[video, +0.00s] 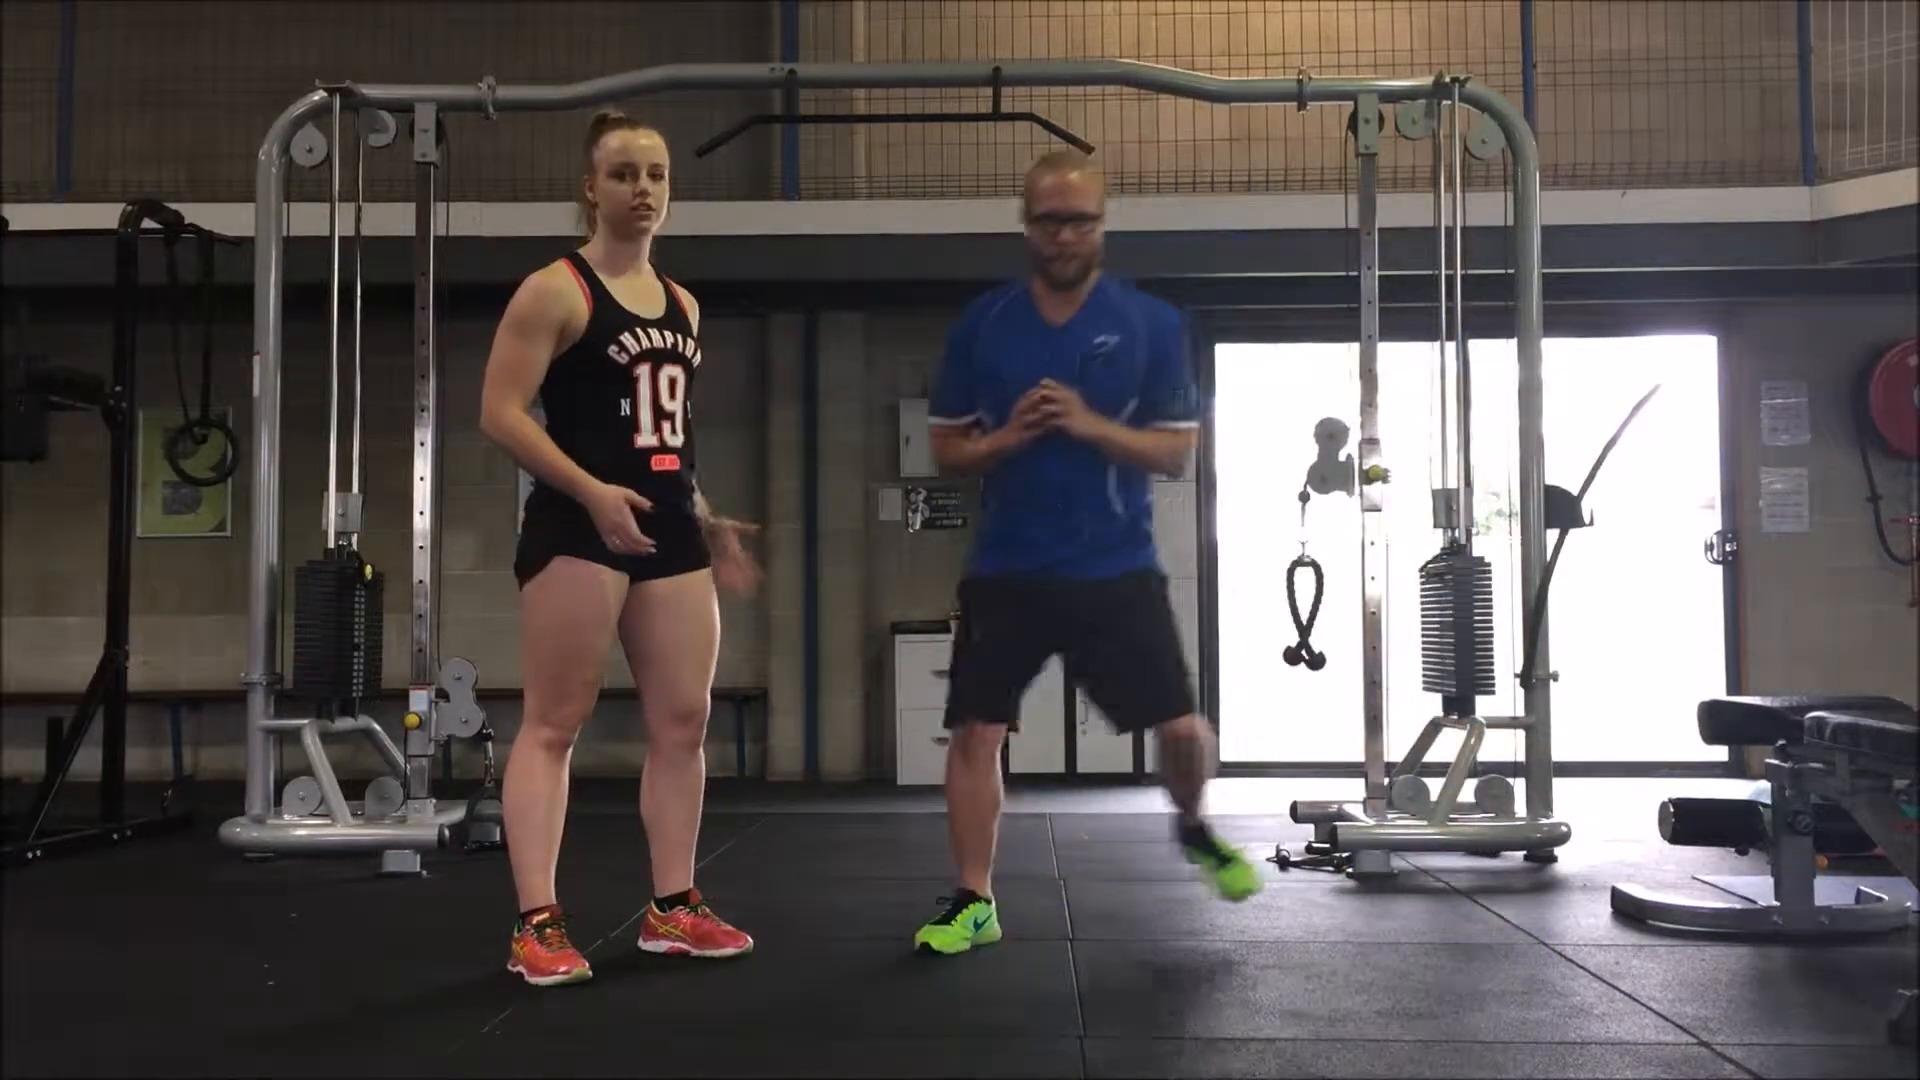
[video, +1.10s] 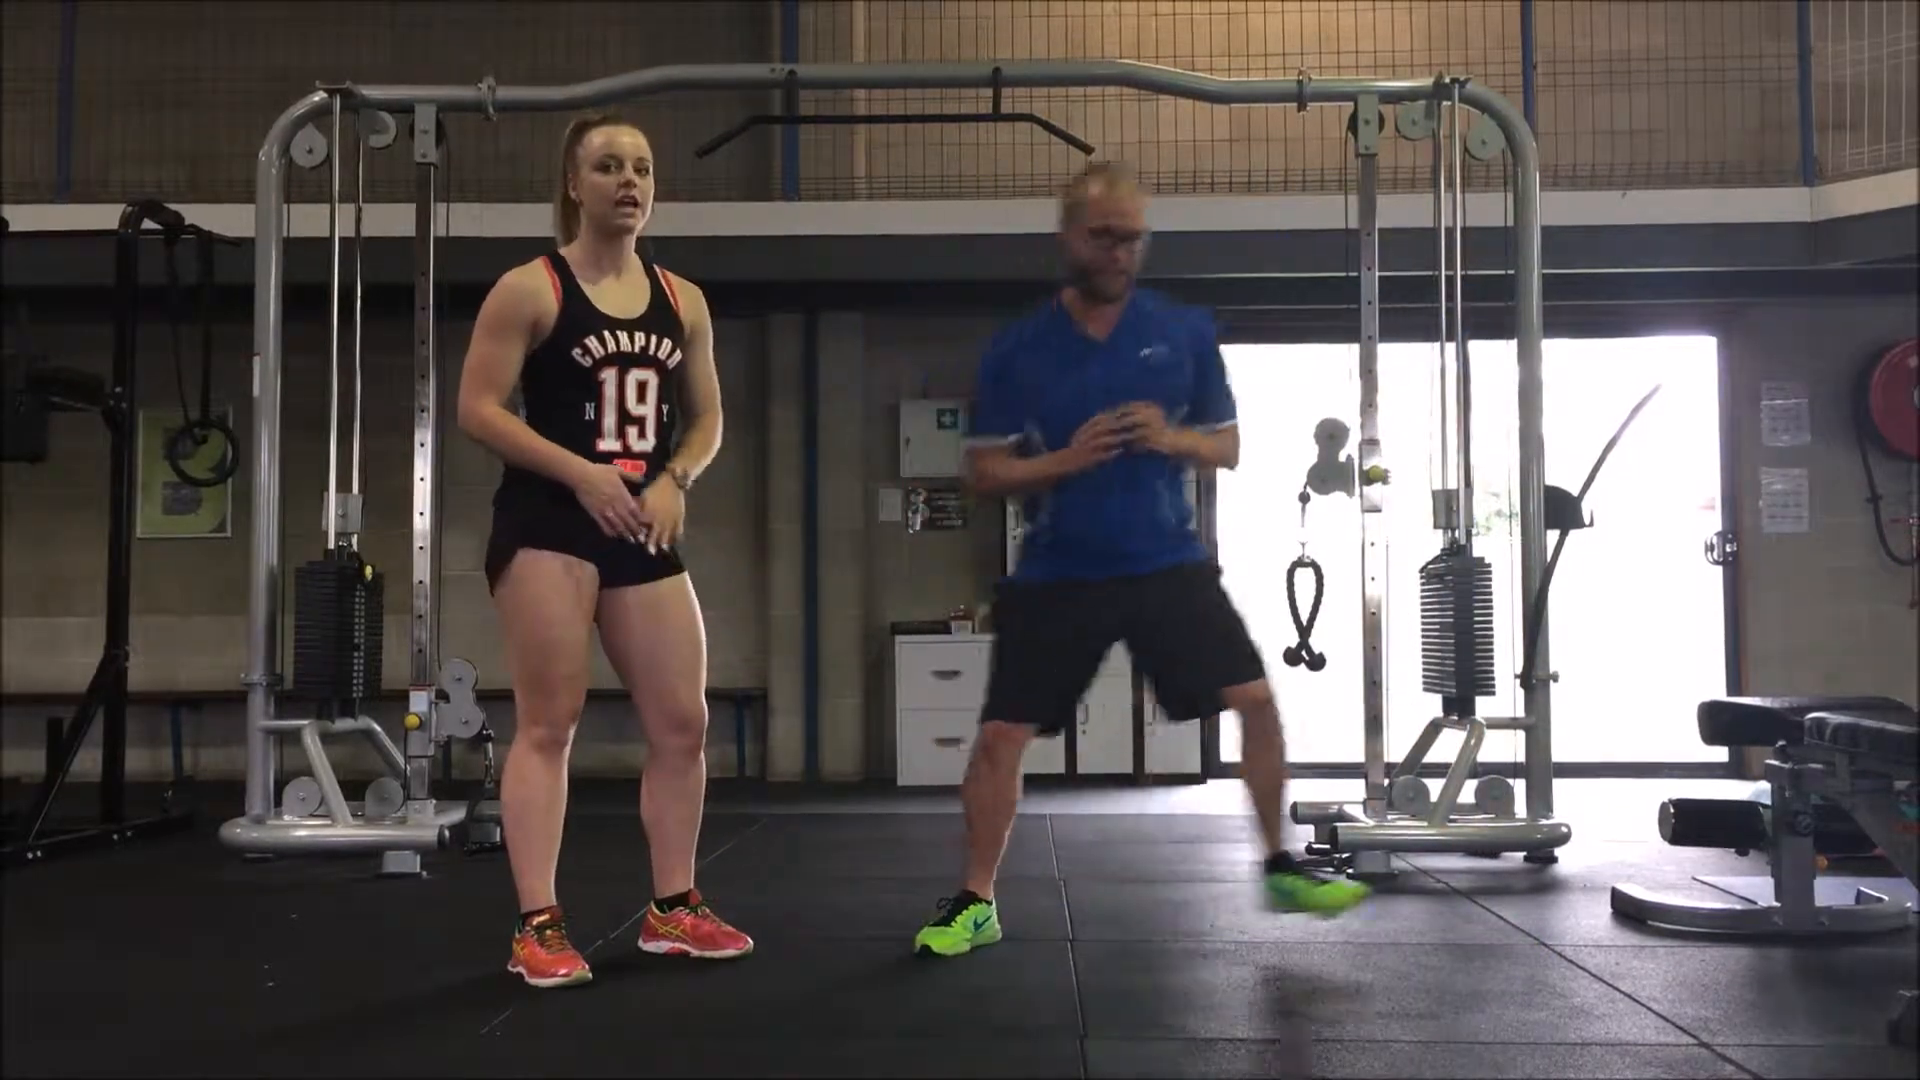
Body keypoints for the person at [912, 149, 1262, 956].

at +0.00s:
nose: (1064, 235)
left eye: (1079, 221)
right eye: (1048, 221)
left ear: (1104, 223)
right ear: (1024, 224)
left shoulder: (1151, 324)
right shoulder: (982, 324)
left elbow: (1173, 451)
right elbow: (947, 452)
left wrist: (1088, 423)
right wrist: (1006, 437)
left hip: (1116, 570)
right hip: (1006, 572)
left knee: (1182, 726)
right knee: (974, 732)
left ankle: (1193, 826)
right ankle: (973, 898)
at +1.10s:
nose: (1121, 251)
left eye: (1133, 237)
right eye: (1105, 236)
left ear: (1146, 240)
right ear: (1067, 239)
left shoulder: (1186, 331)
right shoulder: (1019, 350)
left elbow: (1226, 448)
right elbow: (985, 472)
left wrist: (1171, 436)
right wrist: (1066, 459)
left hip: (1168, 570)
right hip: (1058, 577)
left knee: (1256, 699)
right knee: (1001, 734)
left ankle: (1279, 861)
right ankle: (976, 899)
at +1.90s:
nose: (1452, 230)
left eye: (1470, 217)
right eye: (1439, 212)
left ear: (1492, 224)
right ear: (1411, 210)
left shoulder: (1536, 322)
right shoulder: (1353, 322)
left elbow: (1558, 440)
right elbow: (1322, 454)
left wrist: (1504, 450)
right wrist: (1409, 451)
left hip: (1484, 563)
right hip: (1377, 564)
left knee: (1497, 725)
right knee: (1359, 721)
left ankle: (1492, 902)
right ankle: (1386, 858)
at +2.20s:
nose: (1427, 265)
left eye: (1446, 252)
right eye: (1414, 247)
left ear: (1473, 254)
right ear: (1392, 242)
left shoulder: (1512, 353)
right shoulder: (1334, 342)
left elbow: (1534, 482)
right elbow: (1289, 468)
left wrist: (1468, 485)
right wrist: (1364, 486)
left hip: (1455, 586)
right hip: (1347, 585)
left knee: (1498, 743)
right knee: (1319, 739)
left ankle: (1492, 907)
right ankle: (1325, 882)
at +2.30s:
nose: (1389, 261)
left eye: (1407, 249)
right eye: (1376, 246)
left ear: (1437, 256)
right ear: (1357, 250)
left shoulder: (1481, 357)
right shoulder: (1306, 347)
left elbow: (1513, 480)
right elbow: (1261, 475)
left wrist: (1440, 475)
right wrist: (1326, 479)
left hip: (1434, 591)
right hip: (1320, 588)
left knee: (1492, 746)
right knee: (1265, 735)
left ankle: (1491, 910)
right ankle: (1230, 882)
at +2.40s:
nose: (1323, 226)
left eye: (1341, 212)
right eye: (1309, 211)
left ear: (1371, 217)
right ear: (1289, 213)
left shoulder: (1420, 315)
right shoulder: (1252, 317)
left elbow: (1455, 439)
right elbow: (1200, 444)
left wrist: (1378, 412)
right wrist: (1266, 424)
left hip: (1381, 562)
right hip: (1270, 559)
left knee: (1452, 725)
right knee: (1192, 702)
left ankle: (1487, 902)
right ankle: (1123, 868)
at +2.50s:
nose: (1254, 187)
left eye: (1268, 172)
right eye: (1237, 173)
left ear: (1290, 177)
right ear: (1213, 179)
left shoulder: (1345, 275)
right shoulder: (1167, 283)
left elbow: (1378, 400)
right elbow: (1131, 410)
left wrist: (1309, 364)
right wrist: (1199, 377)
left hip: (1308, 532)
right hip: (1195, 529)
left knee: (1383, 694)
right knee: (1117, 688)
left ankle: (1468, 863)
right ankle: (1044, 865)